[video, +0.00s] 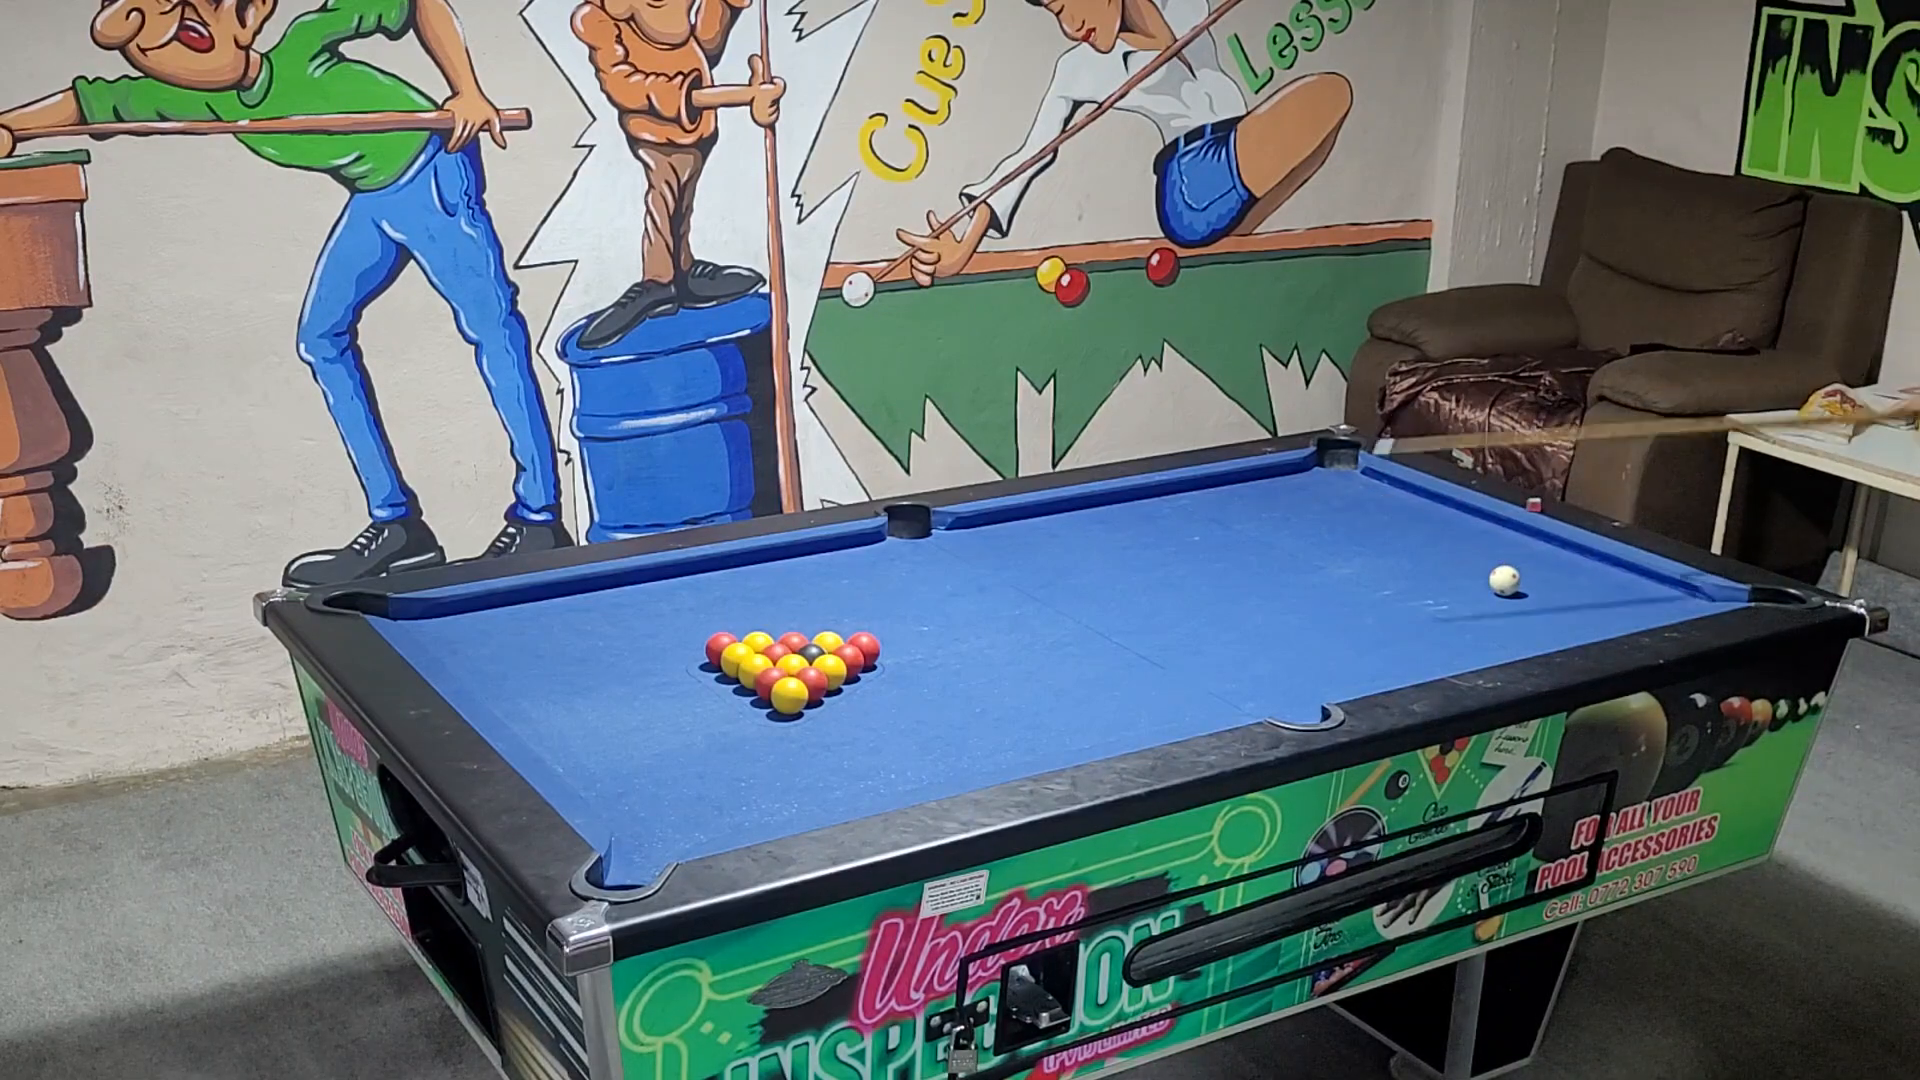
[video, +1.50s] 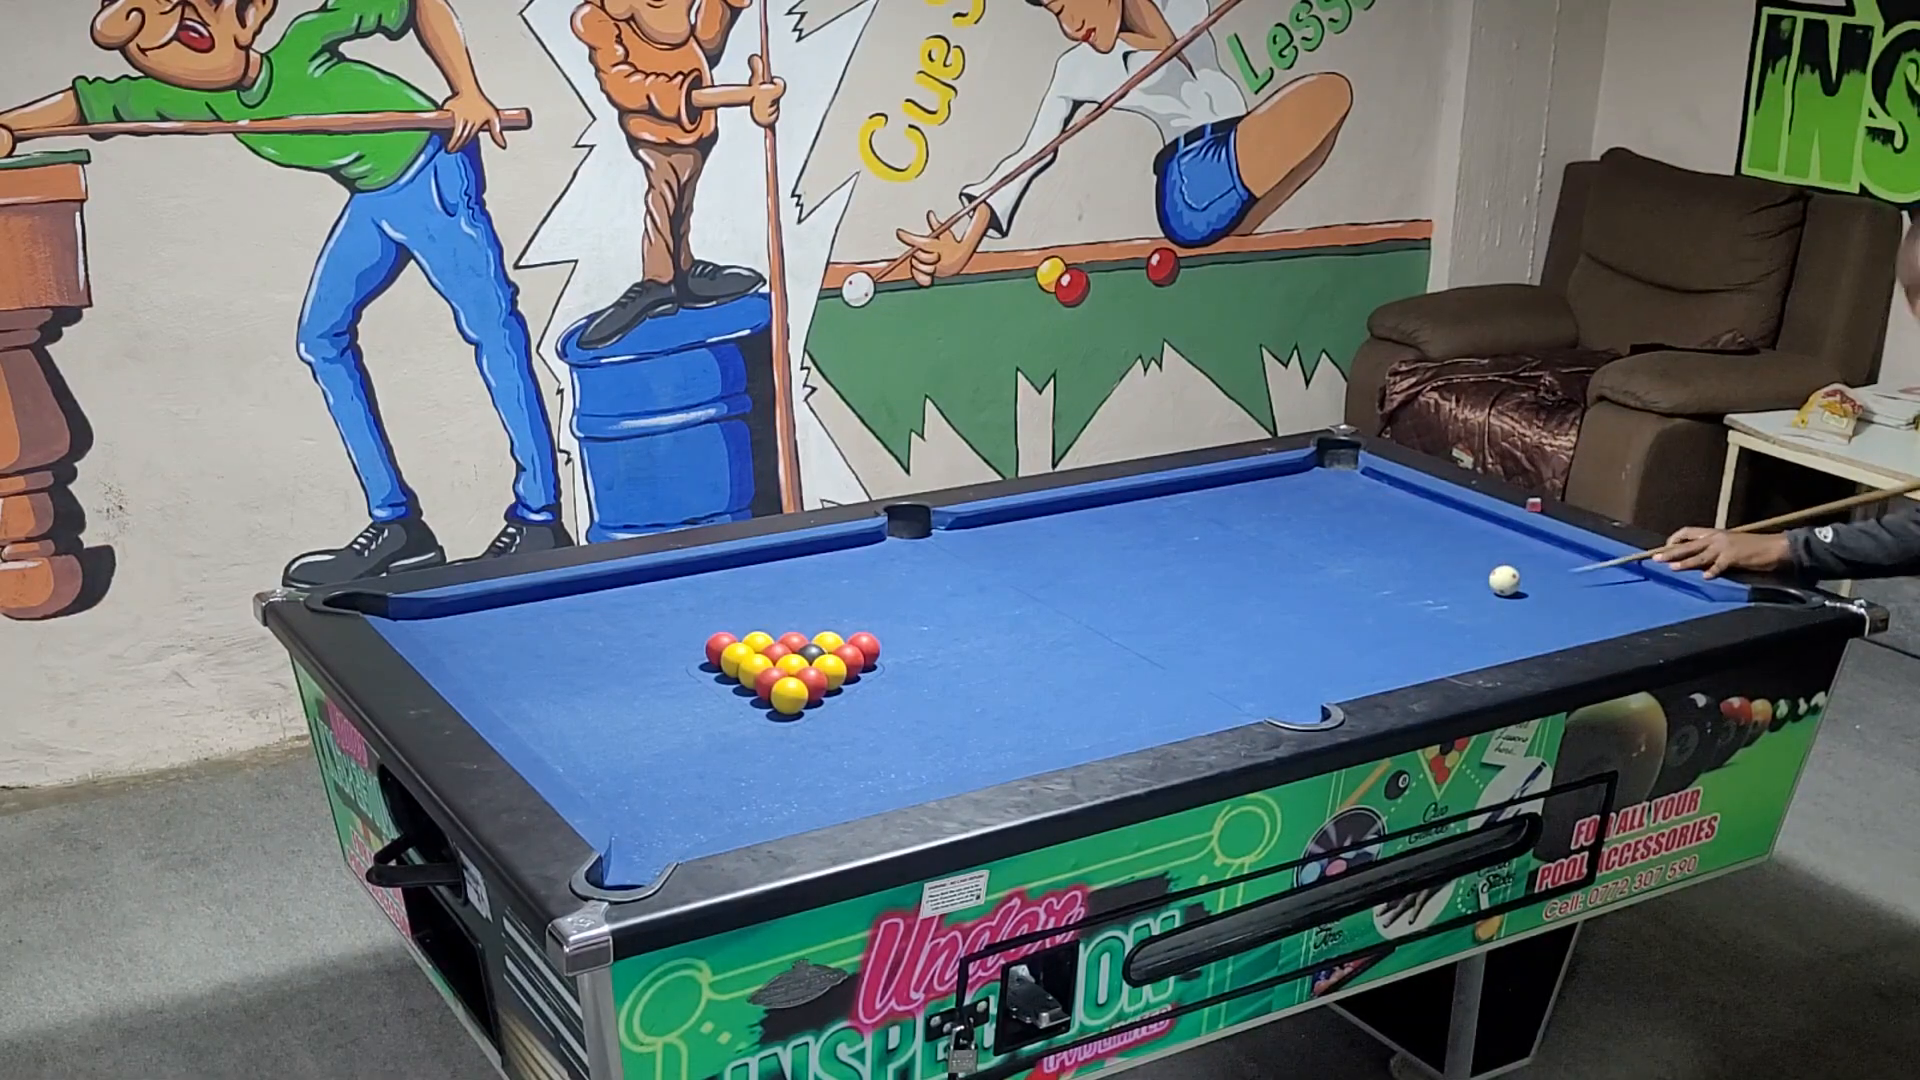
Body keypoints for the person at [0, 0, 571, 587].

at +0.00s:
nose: (207, 53)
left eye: (200, 39)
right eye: (190, 54)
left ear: (224, 20)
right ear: (183, 74)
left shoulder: (300, 37)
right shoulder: (213, 99)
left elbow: (418, 4)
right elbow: (90, 101)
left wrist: (467, 87)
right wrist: (9, 124)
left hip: (426, 166)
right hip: (369, 199)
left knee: (492, 330)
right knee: (322, 338)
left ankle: (541, 517)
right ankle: (397, 523)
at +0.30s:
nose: (205, 50)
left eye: (198, 35)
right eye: (188, 52)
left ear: (224, 16)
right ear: (181, 75)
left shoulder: (300, 37)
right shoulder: (215, 99)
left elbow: (418, 3)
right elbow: (91, 100)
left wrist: (467, 88)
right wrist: (10, 124)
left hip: (426, 165)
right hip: (369, 199)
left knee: (491, 327)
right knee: (322, 338)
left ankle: (540, 518)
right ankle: (397, 523)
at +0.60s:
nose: (206, 51)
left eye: (200, 37)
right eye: (189, 52)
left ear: (225, 18)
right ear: (182, 75)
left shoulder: (301, 37)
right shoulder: (215, 99)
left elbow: (418, 3)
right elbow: (91, 100)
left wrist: (467, 87)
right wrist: (10, 123)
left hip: (426, 166)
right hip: (369, 199)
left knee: (491, 327)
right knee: (322, 338)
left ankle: (540, 518)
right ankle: (397, 522)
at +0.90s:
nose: (209, 56)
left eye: (202, 41)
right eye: (192, 55)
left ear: (225, 21)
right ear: (183, 75)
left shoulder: (300, 37)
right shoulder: (212, 98)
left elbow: (418, 4)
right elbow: (90, 100)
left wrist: (467, 87)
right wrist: (8, 124)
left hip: (426, 166)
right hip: (369, 199)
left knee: (492, 330)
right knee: (322, 338)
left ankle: (540, 517)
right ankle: (397, 522)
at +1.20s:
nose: (208, 56)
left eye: (201, 42)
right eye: (191, 55)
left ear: (224, 22)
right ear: (184, 73)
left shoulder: (300, 37)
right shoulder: (213, 98)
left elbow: (418, 4)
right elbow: (89, 100)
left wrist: (467, 88)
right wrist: (8, 124)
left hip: (426, 166)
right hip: (369, 199)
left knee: (493, 330)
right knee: (322, 338)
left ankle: (540, 518)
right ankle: (397, 523)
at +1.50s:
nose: (208, 55)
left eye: (201, 40)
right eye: (191, 54)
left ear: (223, 21)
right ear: (182, 75)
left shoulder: (300, 37)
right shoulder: (213, 99)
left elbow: (418, 4)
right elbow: (89, 100)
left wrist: (467, 87)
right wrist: (9, 124)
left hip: (426, 166)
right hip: (369, 199)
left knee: (493, 331)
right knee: (322, 338)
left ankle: (540, 517)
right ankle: (397, 523)